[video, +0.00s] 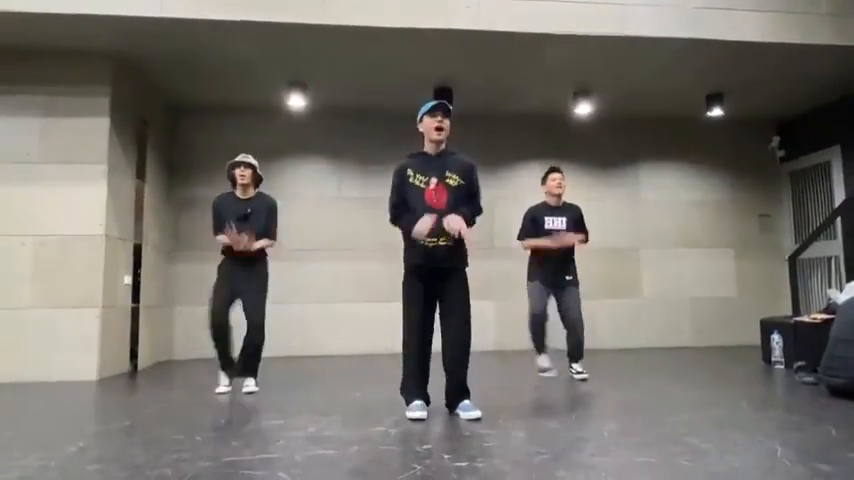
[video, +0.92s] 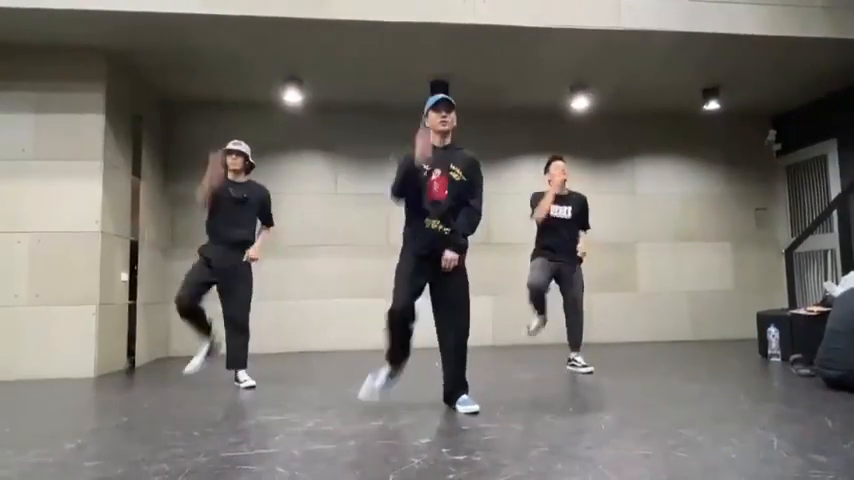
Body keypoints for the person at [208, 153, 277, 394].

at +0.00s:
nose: (242, 172)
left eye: (246, 168)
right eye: (238, 168)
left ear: (255, 174)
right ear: (232, 173)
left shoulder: (268, 203)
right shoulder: (221, 201)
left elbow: (271, 239)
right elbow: (218, 236)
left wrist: (252, 246)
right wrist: (232, 242)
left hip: (255, 268)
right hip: (229, 266)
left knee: (256, 322)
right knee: (217, 316)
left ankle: (249, 374)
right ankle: (226, 369)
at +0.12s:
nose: (238, 177)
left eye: (242, 173)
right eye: (234, 173)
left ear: (251, 178)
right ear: (229, 178)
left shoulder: (267, 205)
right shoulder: (220, 203)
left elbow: (289, 225)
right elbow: (192, 222)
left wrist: (304, 226)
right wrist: (160, 218)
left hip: (251, 275)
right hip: (221, 273)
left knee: (258, 327)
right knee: (194, 319)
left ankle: (249, 376)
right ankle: (177, 366)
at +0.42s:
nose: (235, 174)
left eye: (240, 170)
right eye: (232, 170)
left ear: (249, 175)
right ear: (227, 175)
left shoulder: (263, 203)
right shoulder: (217, 201)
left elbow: (285, 234)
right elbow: (199, 233)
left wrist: (289, 217)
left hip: (250, 271)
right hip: (220, 270)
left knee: (252, 324)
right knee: (206, 320)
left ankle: (250, 373)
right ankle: (207, 364)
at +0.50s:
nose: (237, 174)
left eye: (242, 171)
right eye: (233, 170)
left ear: (251, 176)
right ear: (228, 174)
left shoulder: (261, 203)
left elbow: (279, 239)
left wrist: (275, 217)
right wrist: (211, 238)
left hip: (250, 271)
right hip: (221, 271)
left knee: (254, 324)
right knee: (220, 325)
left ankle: (251, 374)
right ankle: (227, 368)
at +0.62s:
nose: (235, 162)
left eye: (240, 158)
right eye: (231, 158)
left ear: (249, 164)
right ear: (226, 162)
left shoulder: (263, 194)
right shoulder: (218, 188)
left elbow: (278, 226)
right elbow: (197, 199)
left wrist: (269, 229)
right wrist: (214, 171)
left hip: (248, 260)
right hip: (220, 258)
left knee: (251, 318)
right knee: (209, 314)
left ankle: (249, 370)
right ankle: (226, 352)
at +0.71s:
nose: (233, 159)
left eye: (238, 155)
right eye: (230, 155)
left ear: (248, 161)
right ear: (225, 160)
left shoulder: (262, 191)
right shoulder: (216, 183)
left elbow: (274, 224)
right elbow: (200, 159)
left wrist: (269, 243)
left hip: (247, 255)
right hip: (221, 252)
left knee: (247, 313)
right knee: (198, 294)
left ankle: (245, 367)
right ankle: (225, 327)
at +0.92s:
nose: (232, 159)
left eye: (238, 155)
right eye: (230, 155)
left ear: (247, 161)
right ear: (225, 159)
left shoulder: (258, 192)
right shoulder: (216, 186)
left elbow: (267, 226)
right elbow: (203, 198)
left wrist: (256, 247)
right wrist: (213, 171)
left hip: (238, 260)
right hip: (211, 256)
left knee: (237, 318)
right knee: (184, 302)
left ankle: (240, 370)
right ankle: (208, 338)